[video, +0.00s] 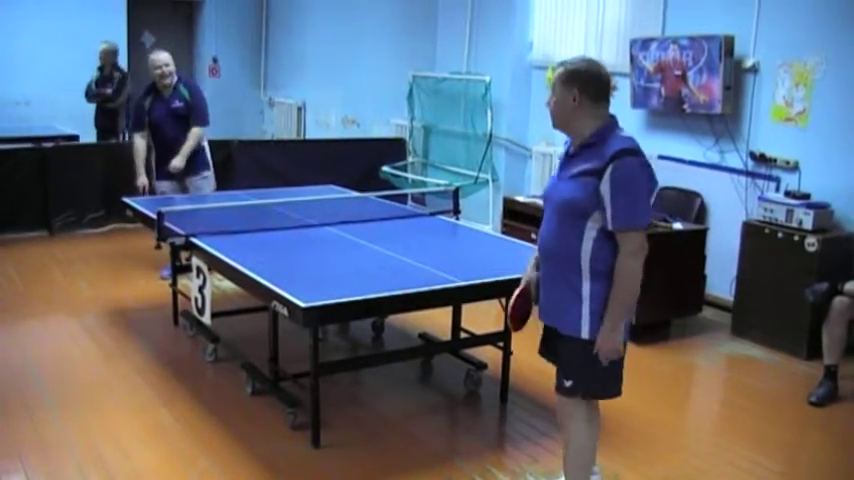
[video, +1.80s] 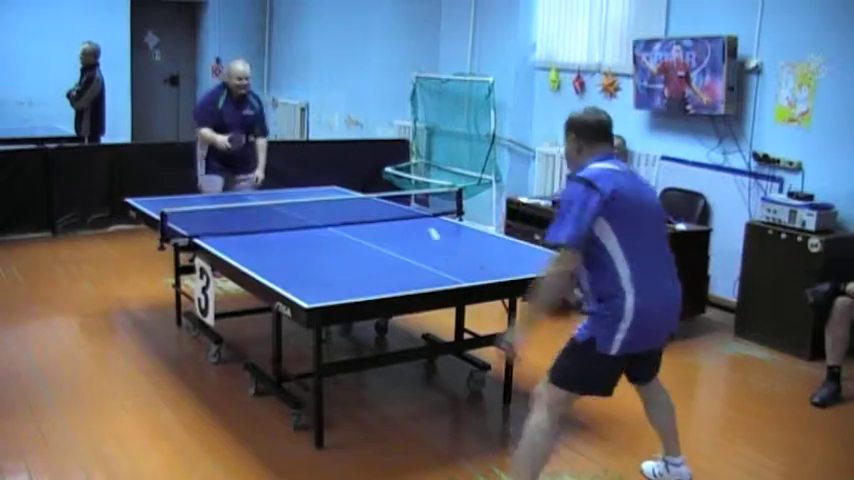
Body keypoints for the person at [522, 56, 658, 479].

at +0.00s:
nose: (548, 103)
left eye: (553, 95)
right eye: (550, 94)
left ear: (576, 99)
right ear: (580, 99)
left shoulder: (623, 161)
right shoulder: (577, 150)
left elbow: (633, 250)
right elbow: (561, 227)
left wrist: (613, 327)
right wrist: (533, 276)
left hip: (590, 316)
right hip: (564, 307)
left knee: (573, 406)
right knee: (575, 401)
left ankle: (575, 474)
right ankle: (582, 469)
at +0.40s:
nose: (548, 102)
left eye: (550, 93)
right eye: (550, 93)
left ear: (562, 98)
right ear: (601, 98)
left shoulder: (580, 160)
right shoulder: (619, 148)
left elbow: (569, 253)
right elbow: (612, 237)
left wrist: (546, 330)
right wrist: (560, 277)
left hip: (591, 310)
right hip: (618, 304)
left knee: (572, 407)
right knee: (598, 399)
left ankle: (576, 477)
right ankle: (590, 470)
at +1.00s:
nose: (538, 111)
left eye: (540, 104)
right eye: (541, 103)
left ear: (548, 106)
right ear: (585, 105)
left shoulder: (561, 162)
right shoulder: (616, 150)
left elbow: (590, 241)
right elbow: (636, 226)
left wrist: (601, 313)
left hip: (583, 308)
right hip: (631, 304)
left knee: (545, 402)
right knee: (618, 395)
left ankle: (525, 475)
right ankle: (613, 476)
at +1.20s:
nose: (524, 112)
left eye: (524, 104)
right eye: (525, 105)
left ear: (531, 106)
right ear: (572, 104)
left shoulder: (536, 160)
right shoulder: (609, 153)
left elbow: (545, 245)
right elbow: (628, 226)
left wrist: (556, 322)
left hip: (571, 314)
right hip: (619, 308)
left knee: (529, 402)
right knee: (608, 391)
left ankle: (517, 475)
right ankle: (611, 475)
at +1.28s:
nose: (520, 110)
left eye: (522, 103)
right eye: (524, 102)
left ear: (528, 105)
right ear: (569, 104)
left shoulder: (531, 158)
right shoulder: (607, 152)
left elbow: (529, 245)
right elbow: (625, 225)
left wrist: (525, 325)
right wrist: (626, 297)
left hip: (558, 311)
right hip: (612, 307)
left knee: (526, 402)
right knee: (607, 390)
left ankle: (514, 475)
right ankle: (611, 474)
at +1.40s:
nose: (520, 112)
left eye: (521, 106)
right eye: (521, 106)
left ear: (527, 106)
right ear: (568, 107)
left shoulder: (530, 157)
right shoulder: (605, 156)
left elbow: (504, 248)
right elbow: (621, 229)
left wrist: (480, 324)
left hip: (560, 303)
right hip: (614, 299)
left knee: (522, 396)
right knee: (610, 383)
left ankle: (513, 475)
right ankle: (621, 473)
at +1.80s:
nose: (565, 154)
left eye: (566, 146)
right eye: (565, 147)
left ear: (576, 145)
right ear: (610, 144)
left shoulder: (587, 182)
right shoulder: (636, 180)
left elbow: (564, 263)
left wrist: (521, 329)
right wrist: (582, 284)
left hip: (620, 314)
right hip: (663, 308)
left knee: (549, 399)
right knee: (647, 380)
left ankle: (519, 472)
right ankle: (675, 462)